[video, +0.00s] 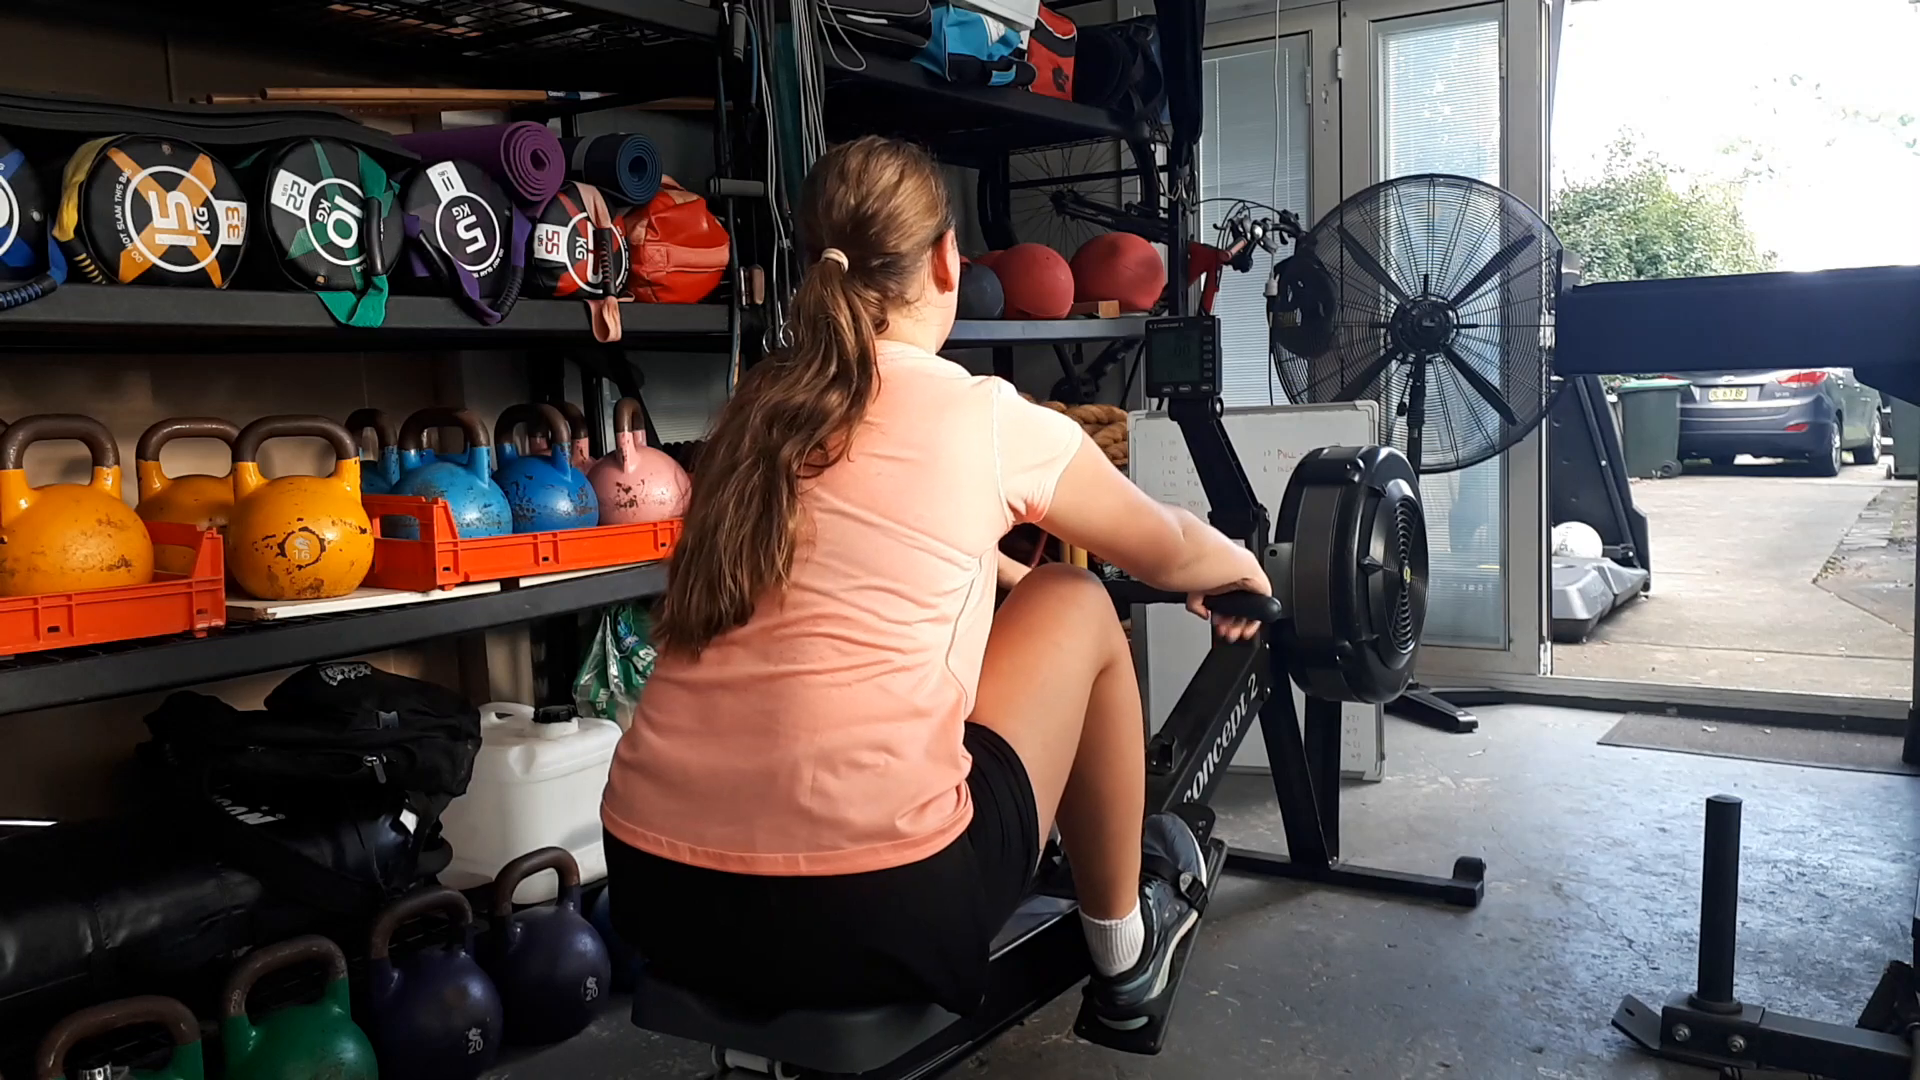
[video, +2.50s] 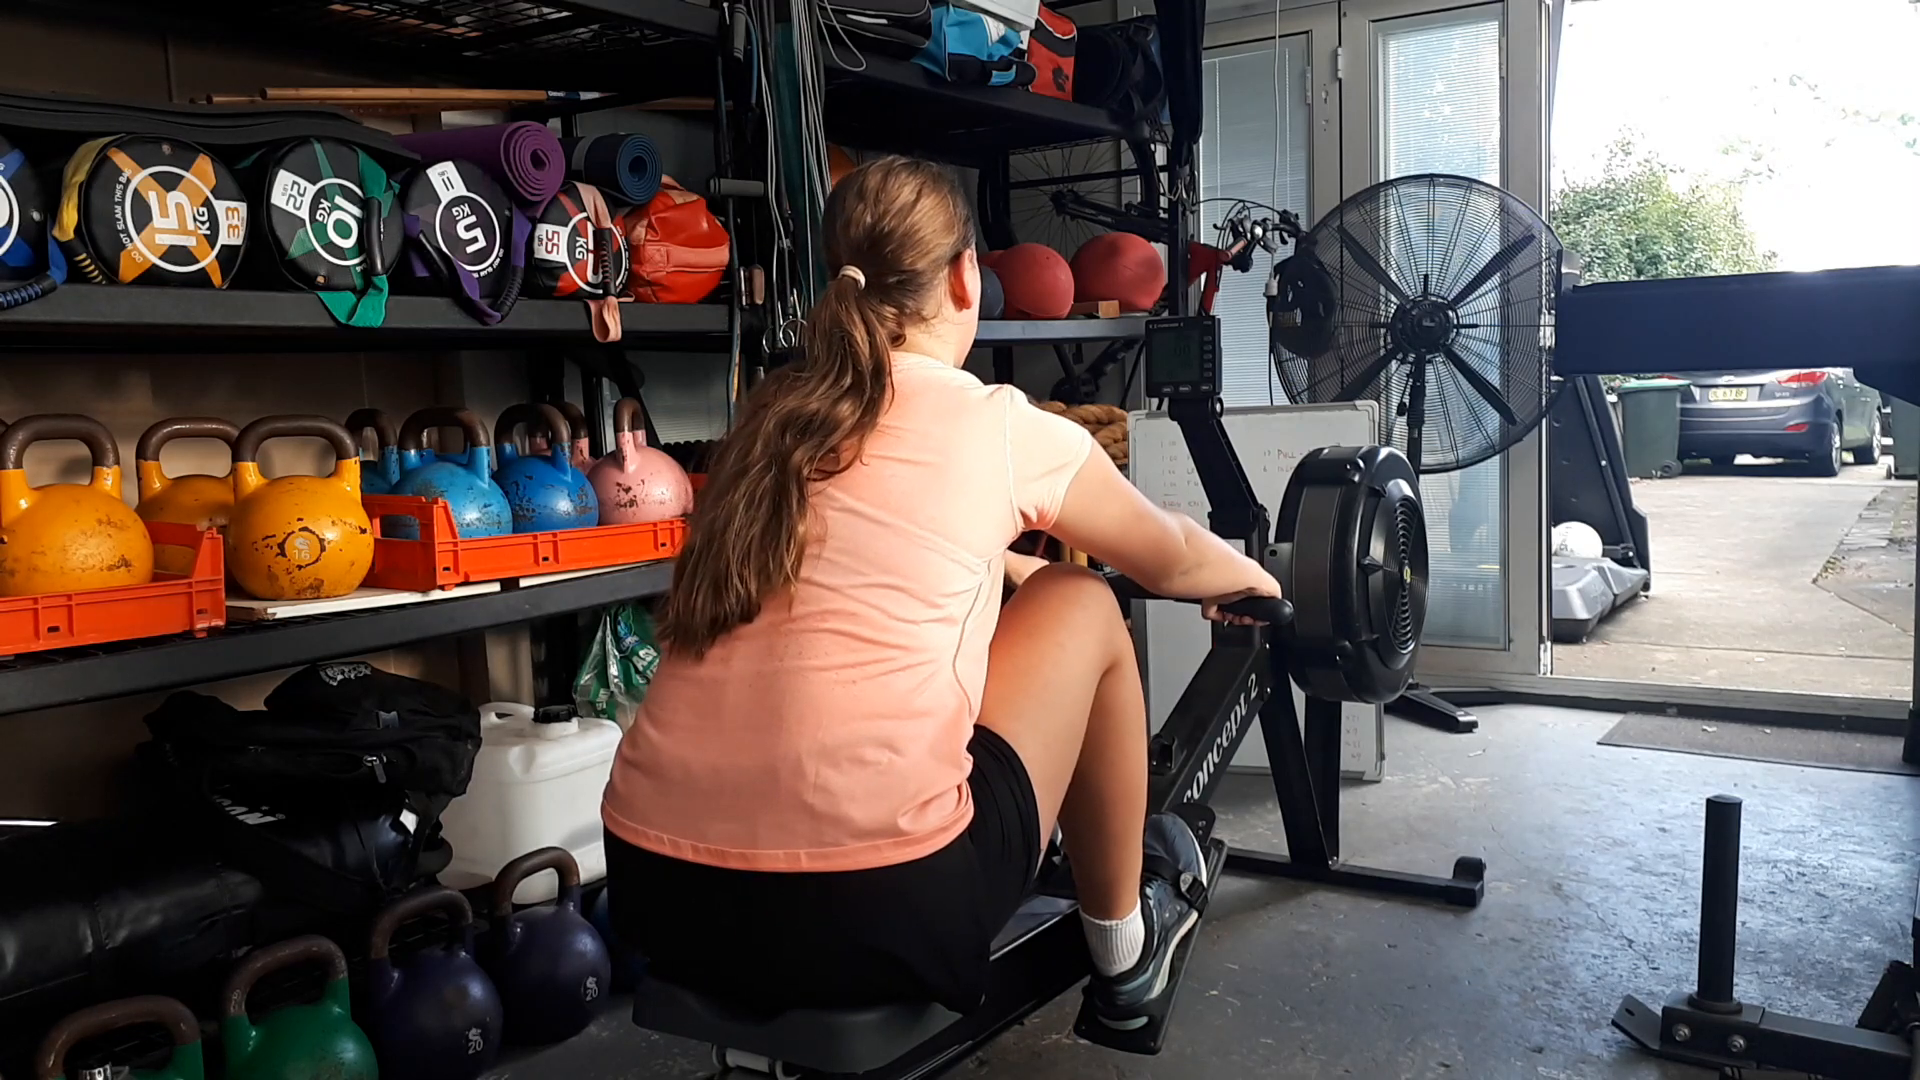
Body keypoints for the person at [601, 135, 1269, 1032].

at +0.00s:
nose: (962, 268)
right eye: (957, 247)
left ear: (812, 270)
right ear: (945, 265)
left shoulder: (755, 405)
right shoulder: (986, 419)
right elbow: (1164, 544)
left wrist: (1025, 581)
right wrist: (1229, 566)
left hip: (665, 905)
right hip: (875, 920)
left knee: (955, 596)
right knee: (1078, 604)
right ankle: (1123, 960)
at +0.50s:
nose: (968, 276)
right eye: (963, 254)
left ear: (816, 278)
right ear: (948, 270)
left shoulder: (757, 412)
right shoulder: (986, 422)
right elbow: (1158, 550)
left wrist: (1028, 577)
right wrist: (1222, 568)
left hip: (664, 906)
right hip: (875, 919)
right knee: (1076, 600)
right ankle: (1123, 963)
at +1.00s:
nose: (971, 279)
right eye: (968, 256)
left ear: (825, 273)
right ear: (951, 270)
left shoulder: (756, 408)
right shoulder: (990, 417)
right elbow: (1161, 547)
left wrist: (1027, 577)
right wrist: (1230, 569)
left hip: (663, 909)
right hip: (874, 923)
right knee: (1076, 598)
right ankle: (1123, 962)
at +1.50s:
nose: (972, 276)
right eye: (968, 255)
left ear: (826, 273)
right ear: (951, 269)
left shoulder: (760, 400)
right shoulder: (993, 412)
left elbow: (875, 539)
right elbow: (1161, 543)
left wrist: (1045, 579)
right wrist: (1233, 569)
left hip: (665, 907)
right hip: (875, 922)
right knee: (1076, 596)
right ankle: (1123, 964)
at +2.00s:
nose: (973, 282)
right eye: (970, 260)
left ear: (828, 281)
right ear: (955, 274)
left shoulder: (763, 408)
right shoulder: (993, 418)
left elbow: (876, 539)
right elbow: (1166, 543)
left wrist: (1047, 579)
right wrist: (1246, 573)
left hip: (665, 909)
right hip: (874, 923)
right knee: (1078, 596)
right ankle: (1122, 961)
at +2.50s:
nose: (981, 286)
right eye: (978, 265)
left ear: (834, 287)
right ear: (966, 282)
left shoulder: (767, 415)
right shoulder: (998, 426)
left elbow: (870, 542)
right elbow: (1165, 551)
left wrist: (1037, 578)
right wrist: (1237, 575)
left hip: (666, 910)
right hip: (875, 923)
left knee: (944, 595)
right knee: (1082, 595)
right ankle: (1123, 962)